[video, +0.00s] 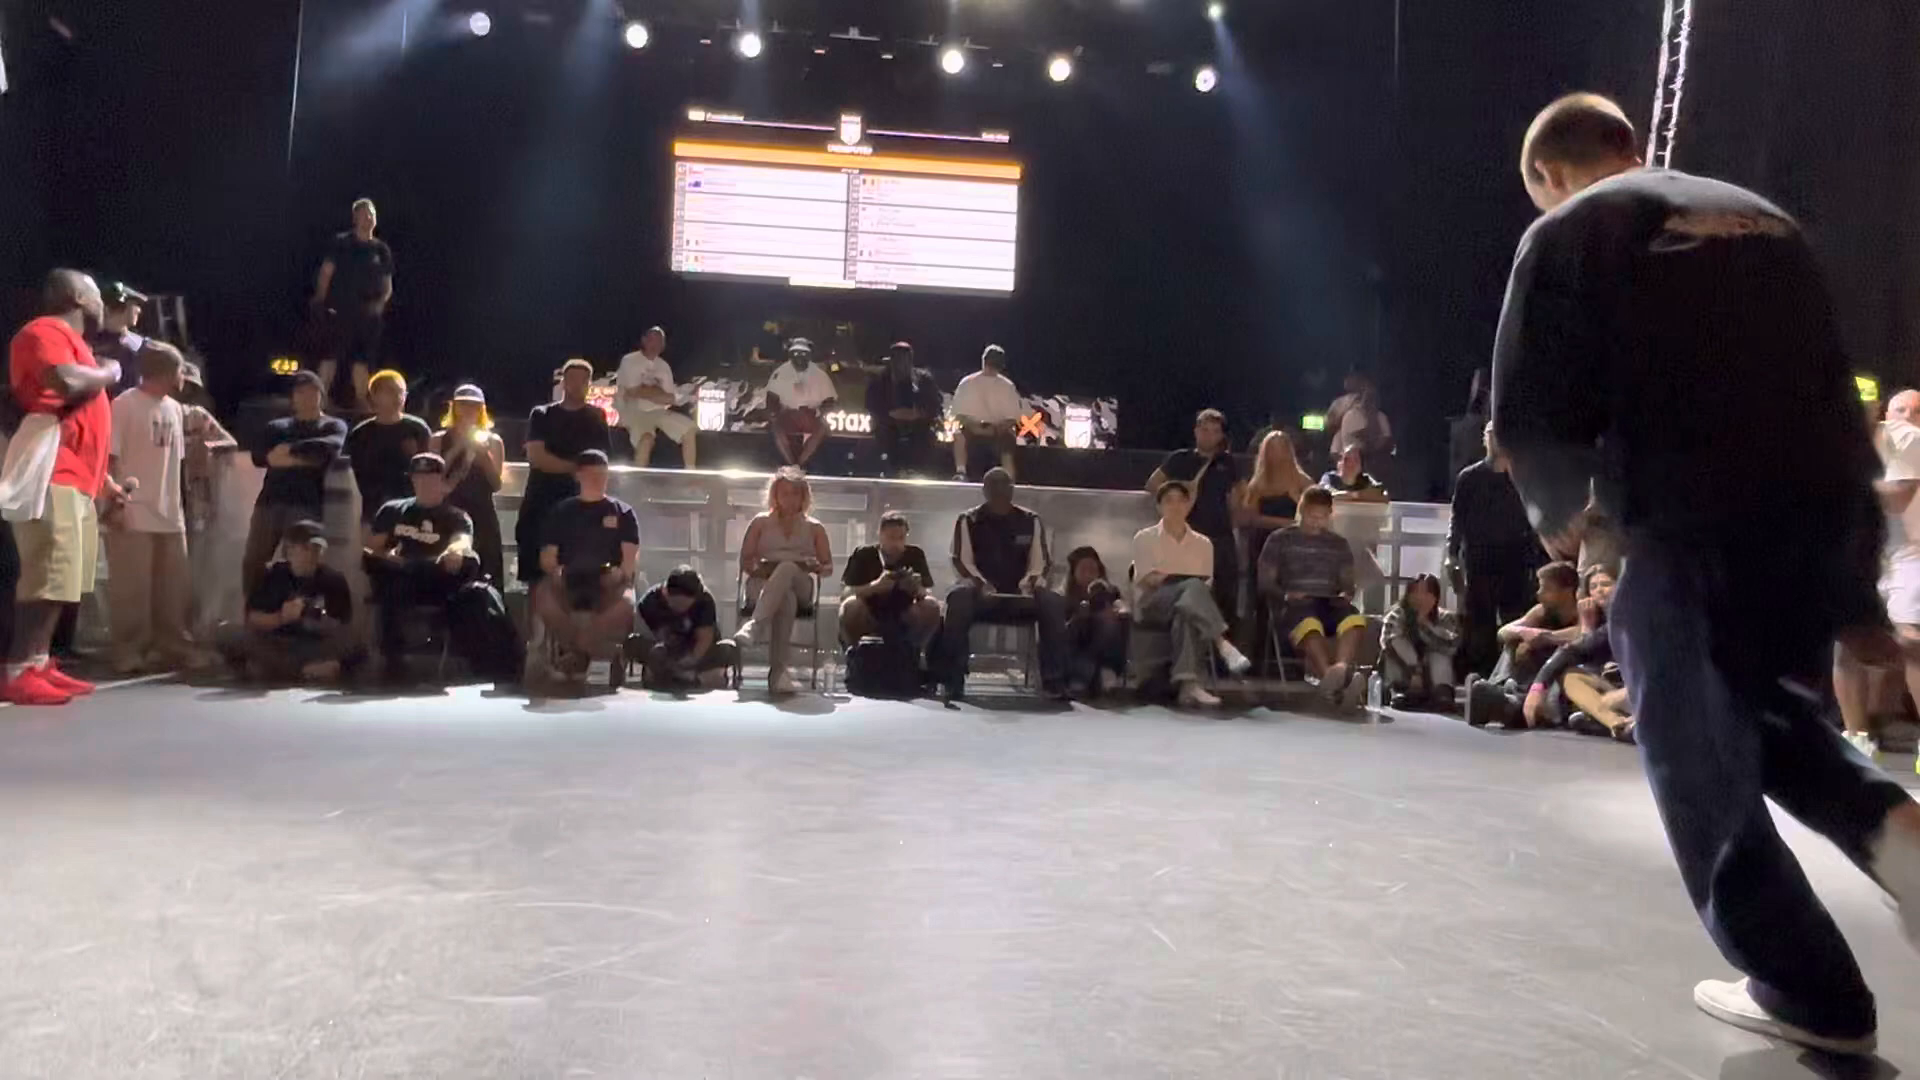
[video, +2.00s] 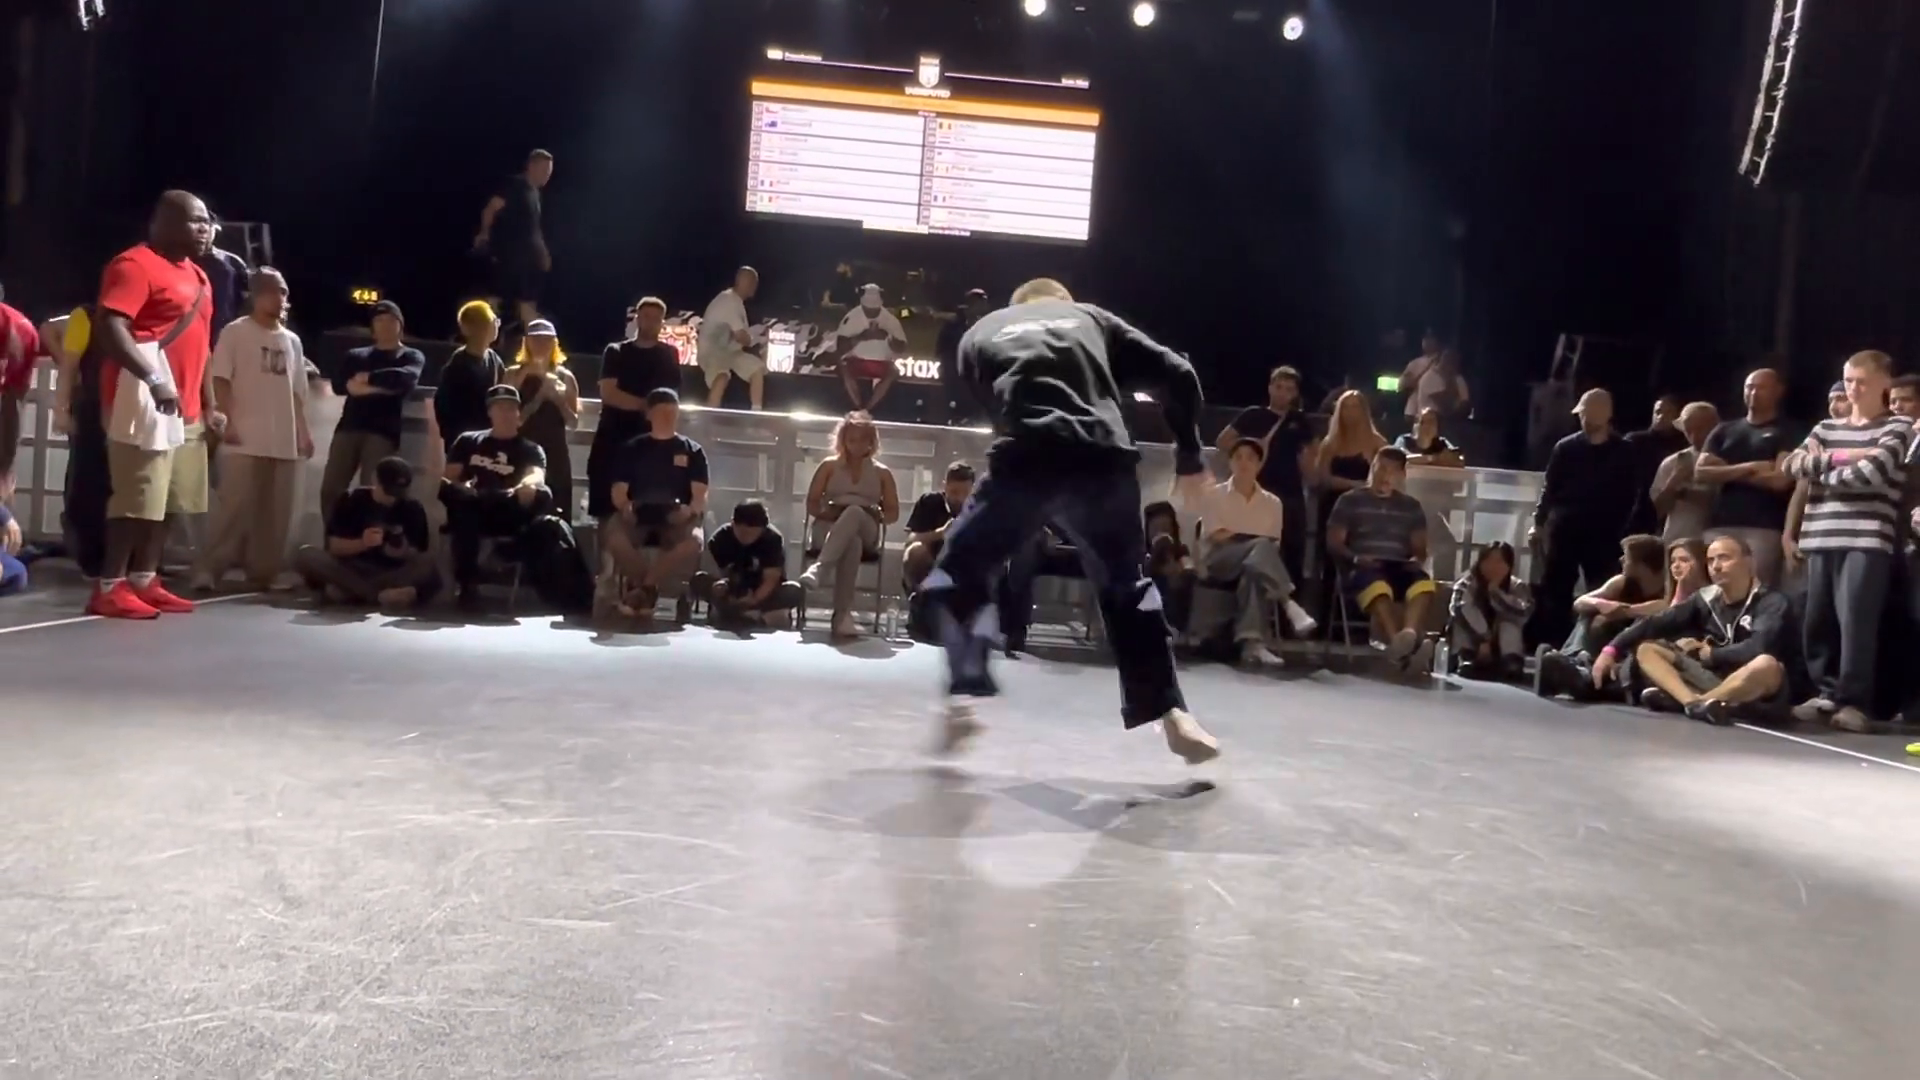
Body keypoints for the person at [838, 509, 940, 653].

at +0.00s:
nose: (896, 544)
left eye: (901, 538)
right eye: (891, 538)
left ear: (906, 537)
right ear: (880, 535)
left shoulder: (915, 554)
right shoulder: (863, 555)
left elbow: (926, 593)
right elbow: (845, 594)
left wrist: (916, 588)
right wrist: (875, 586)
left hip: (905, 612)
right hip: (871, 612)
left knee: (930, 607)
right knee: (851, 607)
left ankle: (914, 656)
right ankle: (860, 659)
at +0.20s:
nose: (906, 531)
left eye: (911, 526)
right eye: (901, 526)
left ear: (917, 523)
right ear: (891, 522)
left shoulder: (926, 541)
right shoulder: (873, 542)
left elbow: (937, 580)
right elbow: (856, 580)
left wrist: (927, 574)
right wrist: (886, 572)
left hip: (917, 598)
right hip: (882, 598)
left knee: (941, 593)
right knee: (862, 593)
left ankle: (925, 642)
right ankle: (869, 645)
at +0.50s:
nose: (921, 521)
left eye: (926, 515)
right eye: (916, 515)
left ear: (932, 512)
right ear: (906, 509)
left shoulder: (941, 527)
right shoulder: (889, 526)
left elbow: (954, 565)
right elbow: (871, 565)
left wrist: (942, 560)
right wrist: (902, 557)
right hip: (895, 588)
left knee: (956, 578)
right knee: (877, 577)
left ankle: (937, 631)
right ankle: (881, 631)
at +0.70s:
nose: (930, 513)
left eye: (935, 508)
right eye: (925, 507)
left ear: (942, 506)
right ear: (916, 502)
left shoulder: (951, 521)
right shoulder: (899, 520)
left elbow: (964, 560)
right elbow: (881, 558)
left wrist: (953, 554)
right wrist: (912, 551)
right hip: (905, 582)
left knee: (966, 572)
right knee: (887, 571)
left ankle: (946, 623)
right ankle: (892, 624)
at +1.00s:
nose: (943, 506)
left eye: (948, 501)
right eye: (938, 501)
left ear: (955, 498)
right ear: (928, 495)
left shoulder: (964, 512)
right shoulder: (911, 512)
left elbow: (976, 552)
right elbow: (894, 549)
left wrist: (965, 545)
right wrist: (925, 543)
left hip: (953, 571)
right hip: (918, 571)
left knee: (979, 564)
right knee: (899, 562)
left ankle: (960, 615)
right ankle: (907, 615)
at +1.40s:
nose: (951, 502)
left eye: (956, 496)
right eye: (946, 496)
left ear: (963, 492)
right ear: (936, 490)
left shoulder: (972, 508)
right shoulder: (920, 506)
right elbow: (902, 544)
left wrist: (968, 534)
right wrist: (933, 537)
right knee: (907, 556)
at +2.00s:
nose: (958, 498)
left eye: (964, 492)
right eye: (954, 492)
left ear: (972, 489)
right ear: (944, 487)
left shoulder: (978, 508)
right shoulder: (929, 502)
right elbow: (911, 539)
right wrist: (940, 533)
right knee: (916, 551)